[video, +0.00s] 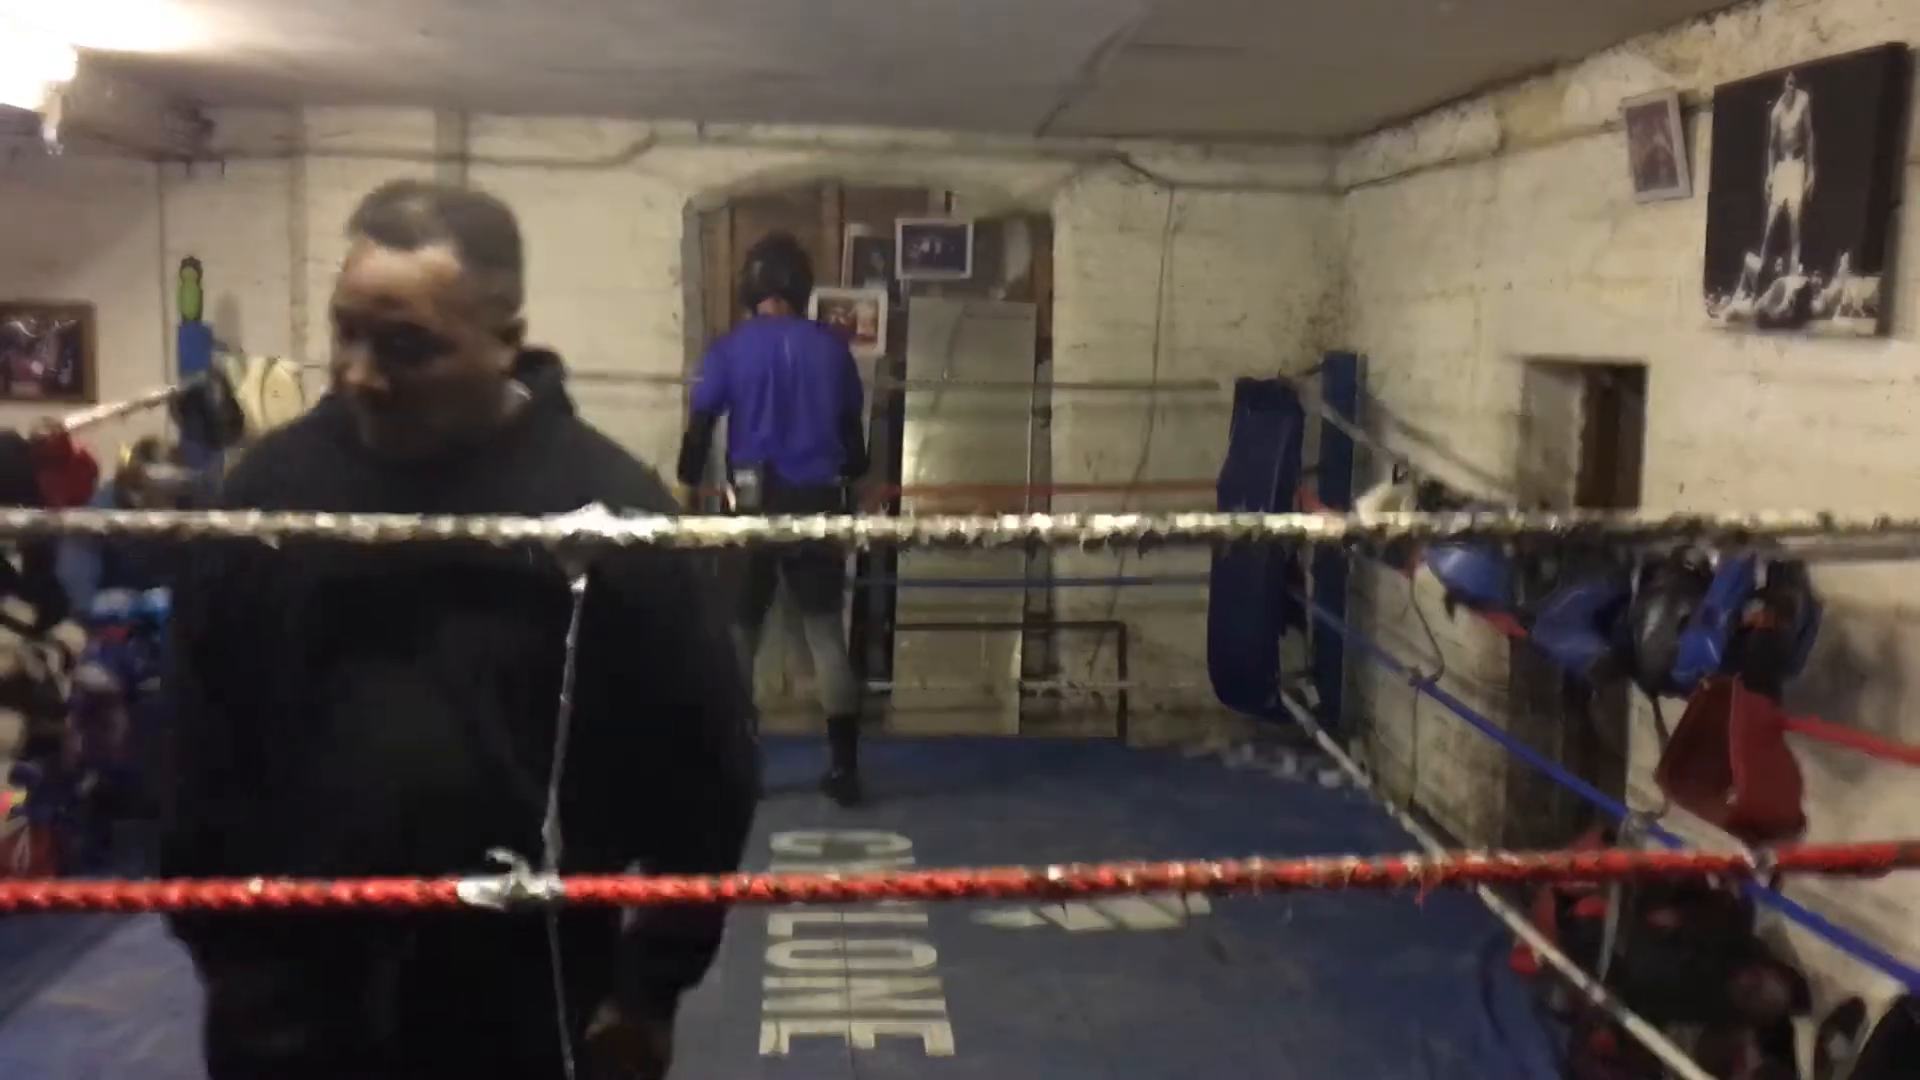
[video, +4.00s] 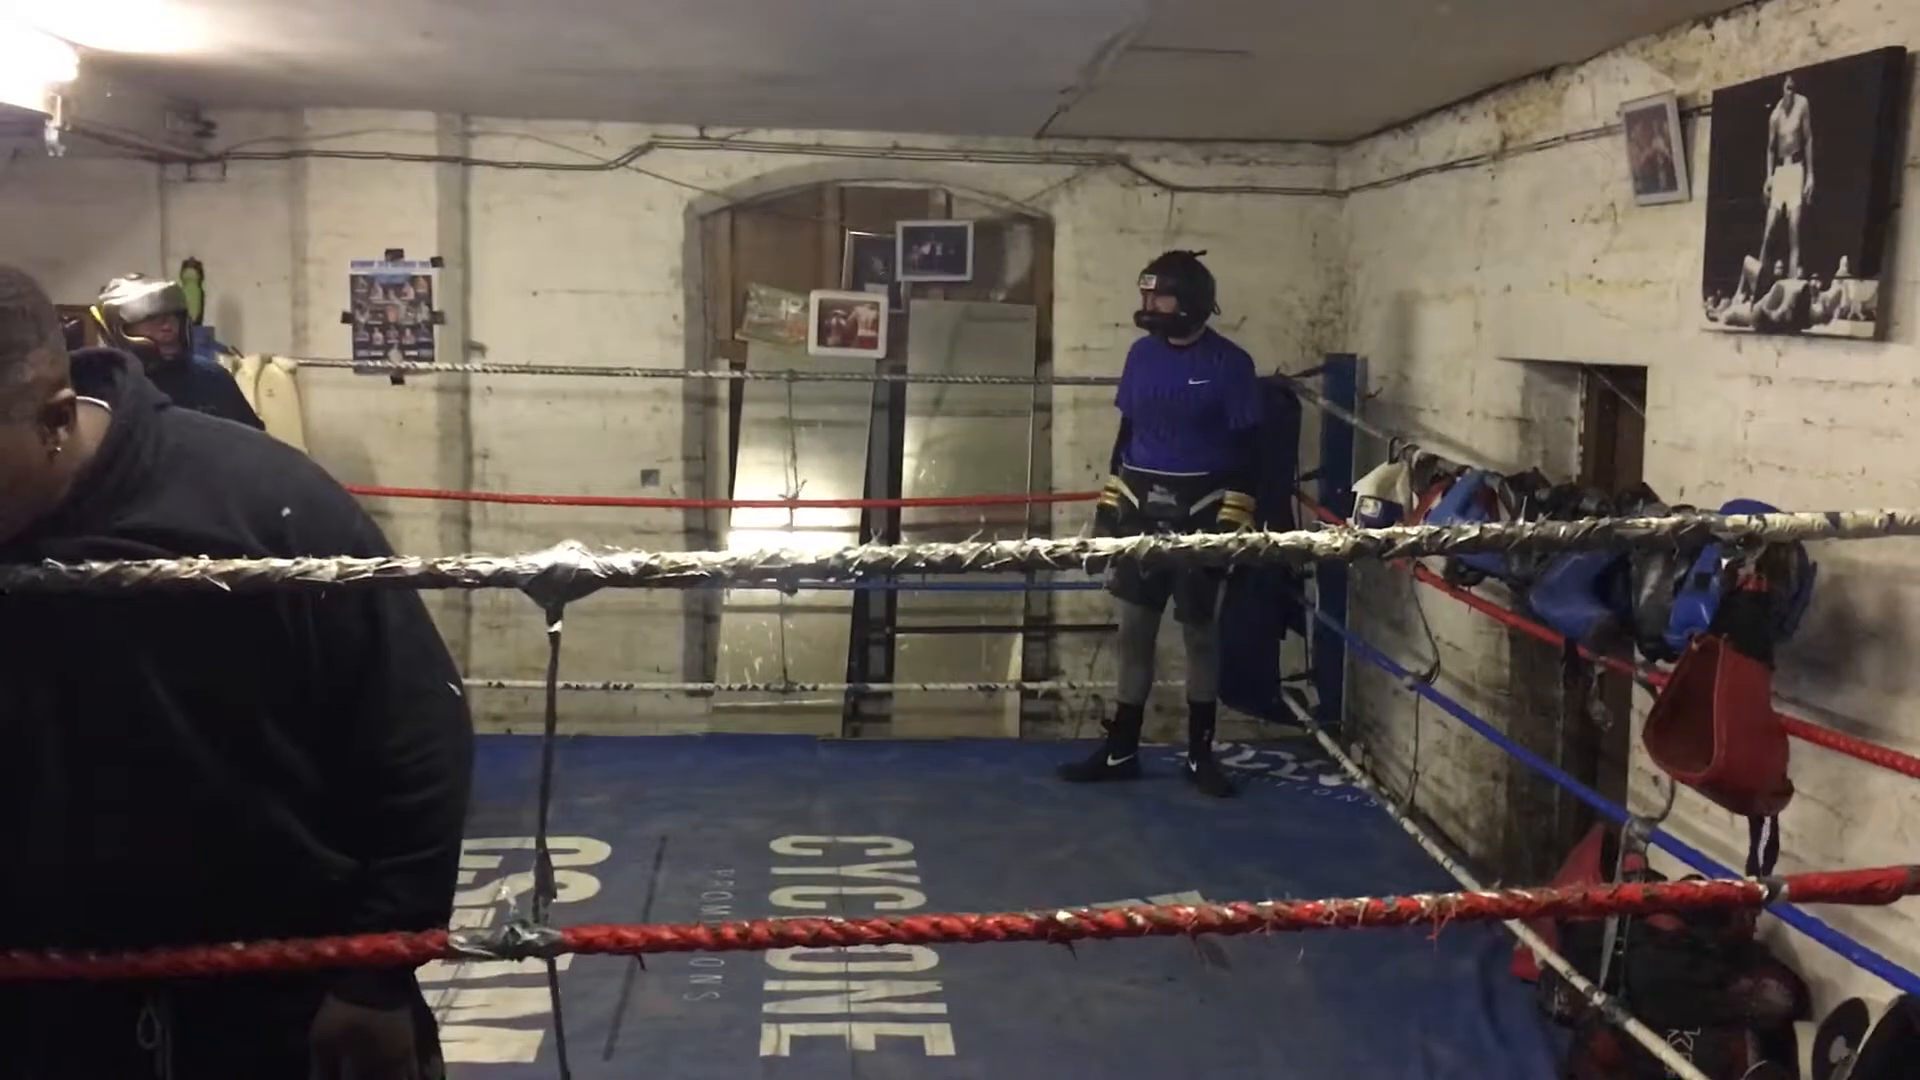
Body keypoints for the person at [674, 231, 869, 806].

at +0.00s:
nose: (749, 293)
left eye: (749, 283)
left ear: (751, 288)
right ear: (804, 288)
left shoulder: (730, 348)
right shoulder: (832, 346)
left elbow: (700, 415)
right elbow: (851, 419)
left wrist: (689, 478)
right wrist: (852, 474)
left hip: (749, 498)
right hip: (819, 496)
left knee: (738, 630)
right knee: (825, 625)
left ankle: (729, 765)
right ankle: (844, 767)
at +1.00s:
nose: (900, 296)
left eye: (895, 286)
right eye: (896, 288)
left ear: (837, 295)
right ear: (885, 295)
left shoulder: (805, 356)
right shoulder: (892, 357)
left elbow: (795, 433)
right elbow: (915, 436)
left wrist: (801, 489)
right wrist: (943, 498)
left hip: (824, 506)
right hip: (878, 511)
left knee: (800, 630)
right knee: (861, 642)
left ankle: (747, 756)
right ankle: (843, 772)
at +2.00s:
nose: (1039, 310)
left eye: (1037, 299)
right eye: (1035, 299)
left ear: (992, 299)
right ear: (1014, 301)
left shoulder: (972, 351)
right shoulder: (996, 352)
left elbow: (939, 405)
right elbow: (988, 421)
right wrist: (1014, 498)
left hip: (973, 499)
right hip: (996, 503)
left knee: (983, 622)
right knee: (1032, 628)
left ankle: (989, 749)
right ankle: (937, 721)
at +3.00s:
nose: (1141, 300)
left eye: (1153, 291)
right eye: (1131, 291)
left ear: (1169, 299)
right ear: (1112, 297)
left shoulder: (1166, 362)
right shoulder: (1088, 355)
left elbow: (1167, 433)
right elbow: (1063, 435)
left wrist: (1169, 494)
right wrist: (1085, 492)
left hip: (1156, 500)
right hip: (1097, 498)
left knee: (1172, 627)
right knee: (1095, 629)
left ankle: (1167, 745)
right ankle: (1090, 761)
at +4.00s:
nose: (1147, 302)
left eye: (1158, 294)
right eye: (1145, 294)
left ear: (1190, 302)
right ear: (1148, 299)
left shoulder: (1230, 364)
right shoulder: (1141, 356)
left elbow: (1248, 452)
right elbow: (1128, 434)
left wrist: (1234, 522)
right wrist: (1111, 501)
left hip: (1206, 510)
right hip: (1140, 505)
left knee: (1199, 632)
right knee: (1133, 630)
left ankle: (1201, 754)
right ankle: (1121, 749)